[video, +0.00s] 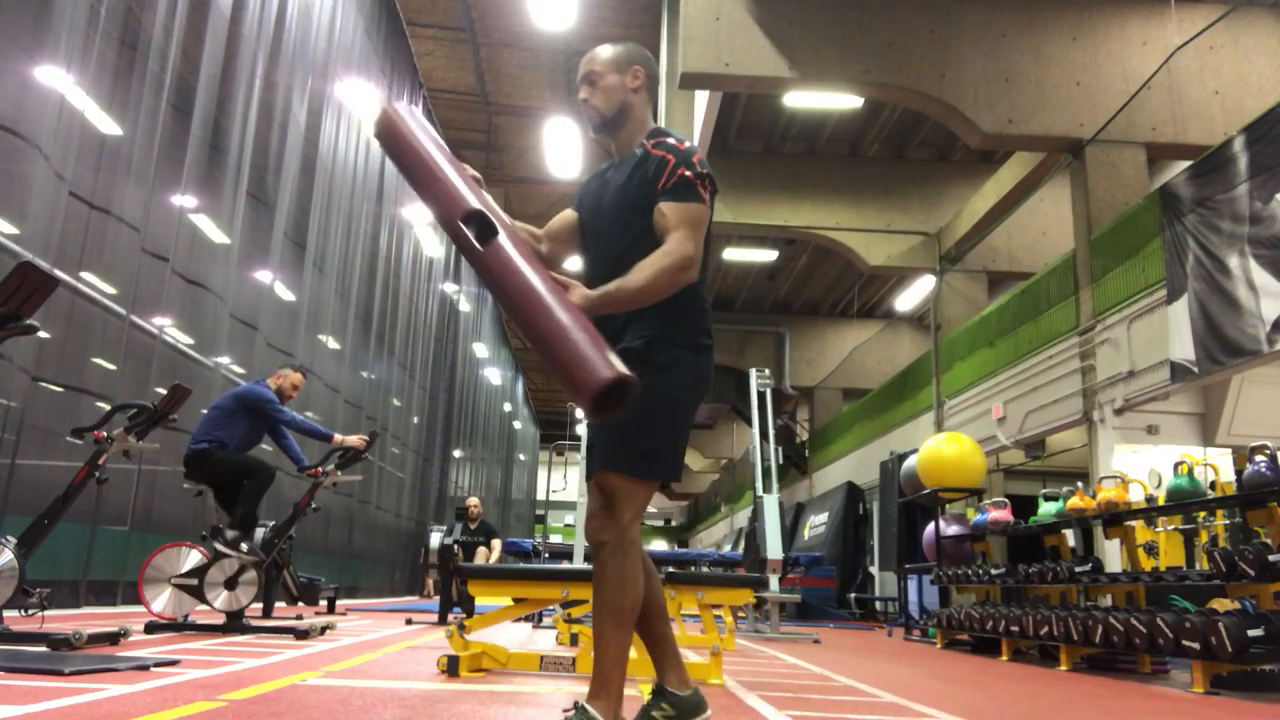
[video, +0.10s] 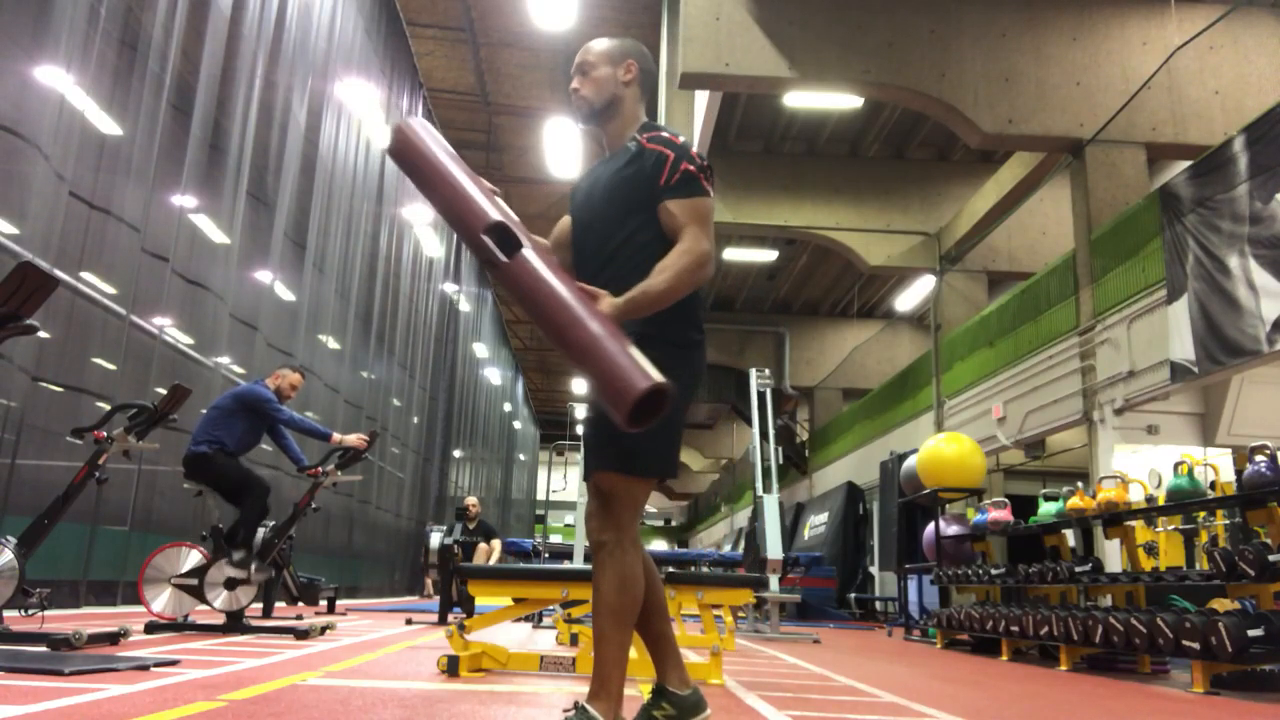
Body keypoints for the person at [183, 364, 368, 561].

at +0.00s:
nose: (294, 395)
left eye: (297, 391)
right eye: (294, 387)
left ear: (281, 383)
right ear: (278, 378)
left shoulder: (264, 402)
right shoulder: (258, 392)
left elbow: (282, 438)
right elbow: (293, 422)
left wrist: (305, 467)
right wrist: (340, 439)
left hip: (213, 460)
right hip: (205, 456)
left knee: (247, 516)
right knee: (263, 471)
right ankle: (233, 533)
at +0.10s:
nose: (292, 395)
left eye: (296, 392)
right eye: (292, 387)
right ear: (276, 378)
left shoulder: (267, 406)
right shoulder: (256, 392)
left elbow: (282, 438)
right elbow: (291, 419)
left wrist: (305, 466)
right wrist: (339, 438)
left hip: (217, 457)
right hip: (205, 456)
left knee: (259, 506)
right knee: (258, 490)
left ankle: (226, 546)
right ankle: (241, 550)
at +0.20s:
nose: (293, 393)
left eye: (296, 389)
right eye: (292, 385)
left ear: (279, 381)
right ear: (276, 376)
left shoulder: (264, 401)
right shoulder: (255, 390)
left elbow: (280, 437)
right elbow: (288, 419)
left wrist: (304, 466)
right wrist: (336, 436)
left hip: (226, 460)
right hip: (205, 460)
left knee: (271, 493)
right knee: (247, 503)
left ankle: (227, 535)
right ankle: (234, 572)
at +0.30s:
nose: (292, 392)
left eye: (296, 389)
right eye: (291, 385)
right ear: (275, 376)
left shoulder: (266, 403)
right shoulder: (253, 389)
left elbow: (280, 436)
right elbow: (278, 418)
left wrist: (305, 466)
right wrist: (324, 431)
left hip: (229, 461)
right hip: (206, 459)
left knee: (279, 478)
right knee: (233, 513)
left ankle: (240, 525)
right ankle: (218, 583)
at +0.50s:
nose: (287, 394)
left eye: (291, 390)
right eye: (287, 385)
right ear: (272, 376)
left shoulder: (265, 406)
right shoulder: (245, 388)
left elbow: (280, 438)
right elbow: (264, 422)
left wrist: (303, 467)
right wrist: (291, 417)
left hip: (225, 462)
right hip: (202, 459)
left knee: (271, 496)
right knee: (244, 502)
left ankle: (256, 558)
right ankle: (198, 553)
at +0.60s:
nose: (285, 391)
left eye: (289, 388)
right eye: (284, 383)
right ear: (269, 374)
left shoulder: (265, 406)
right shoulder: (241, 387)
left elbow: (280, 438)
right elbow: (265, 419)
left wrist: (304, 466)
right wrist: (284, 408)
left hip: (221, 461)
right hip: (202, 456)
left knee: (257, 513)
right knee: (255, 487)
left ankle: (247, 564)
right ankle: (208, 534)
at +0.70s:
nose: (284, 389)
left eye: (287, 385)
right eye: (282, 381)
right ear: (267, 371)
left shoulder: (263, 404)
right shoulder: (240, 385)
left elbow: (279, 435)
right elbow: (264, 414)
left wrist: (303, 465)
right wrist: (281, 402)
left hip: (220, 463)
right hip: (202, 457)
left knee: (248, 521)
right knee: (263, 473)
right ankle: (220, 527)